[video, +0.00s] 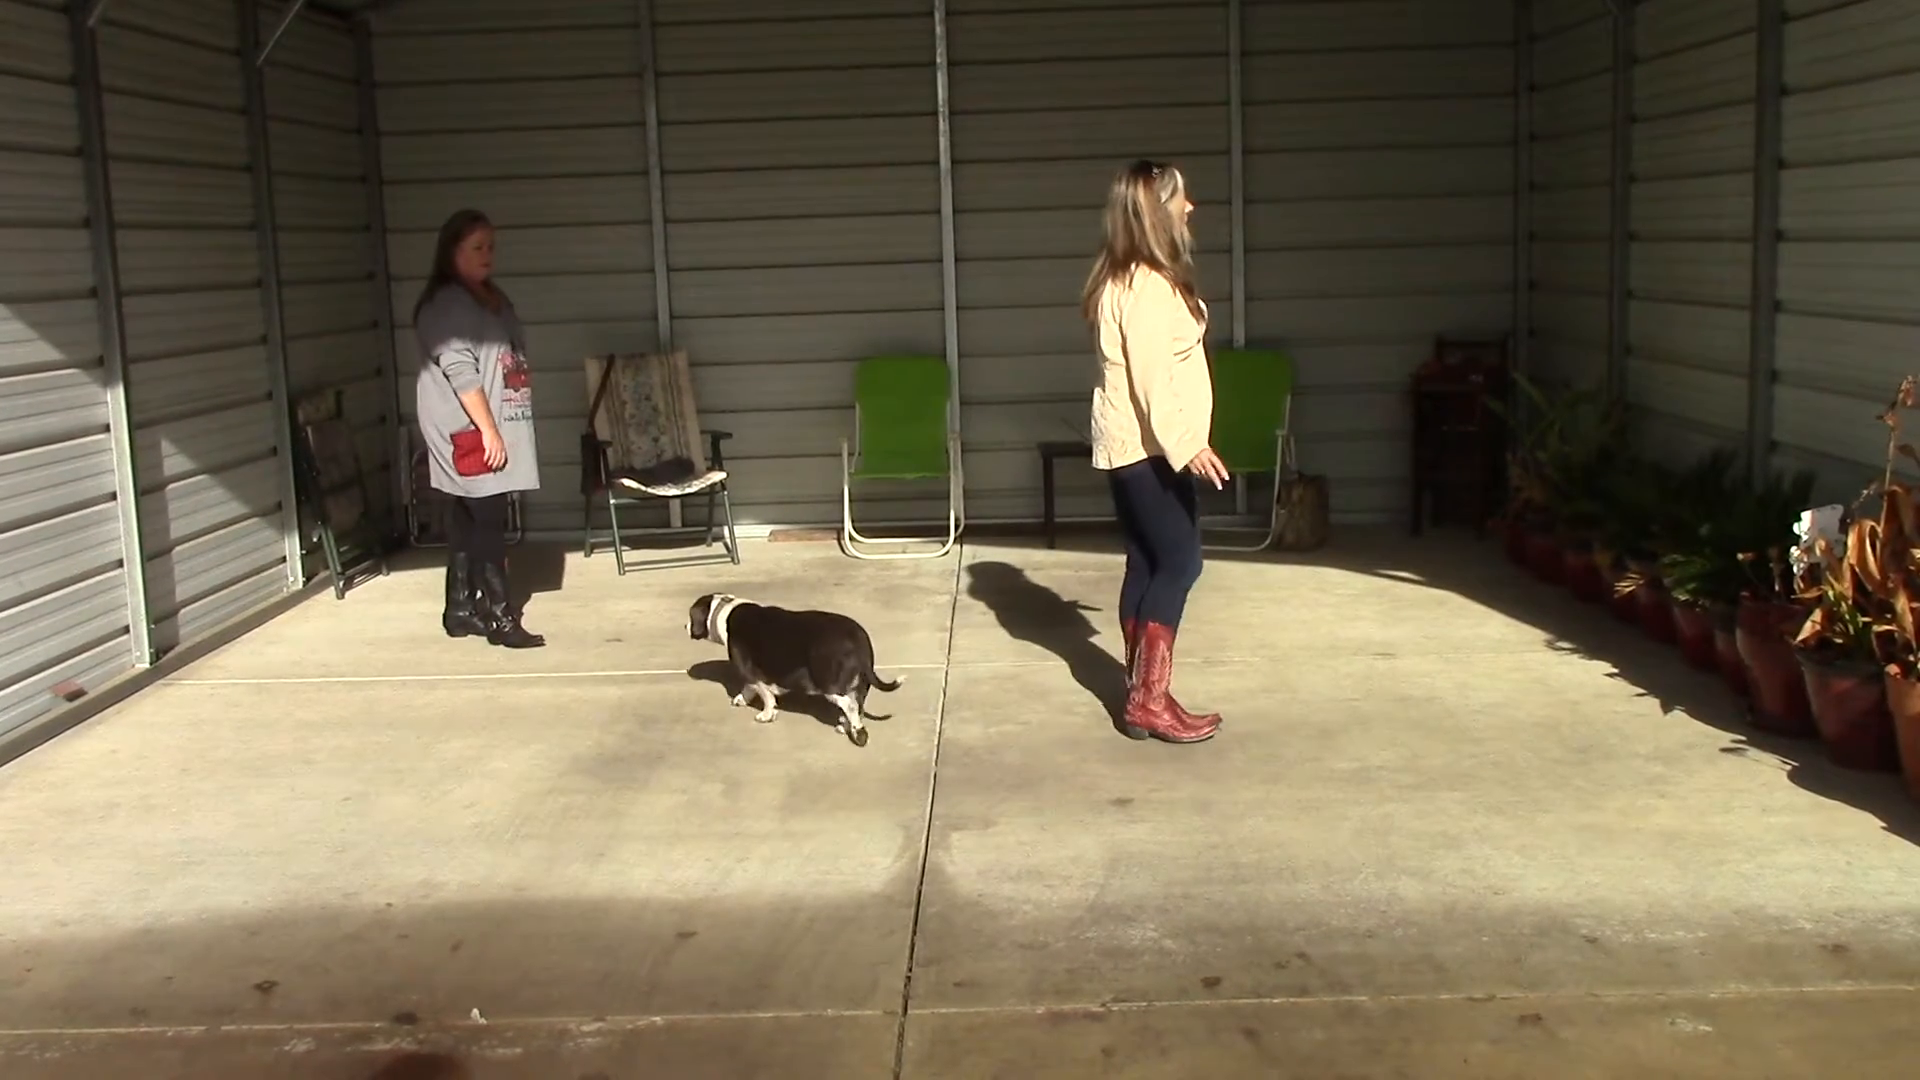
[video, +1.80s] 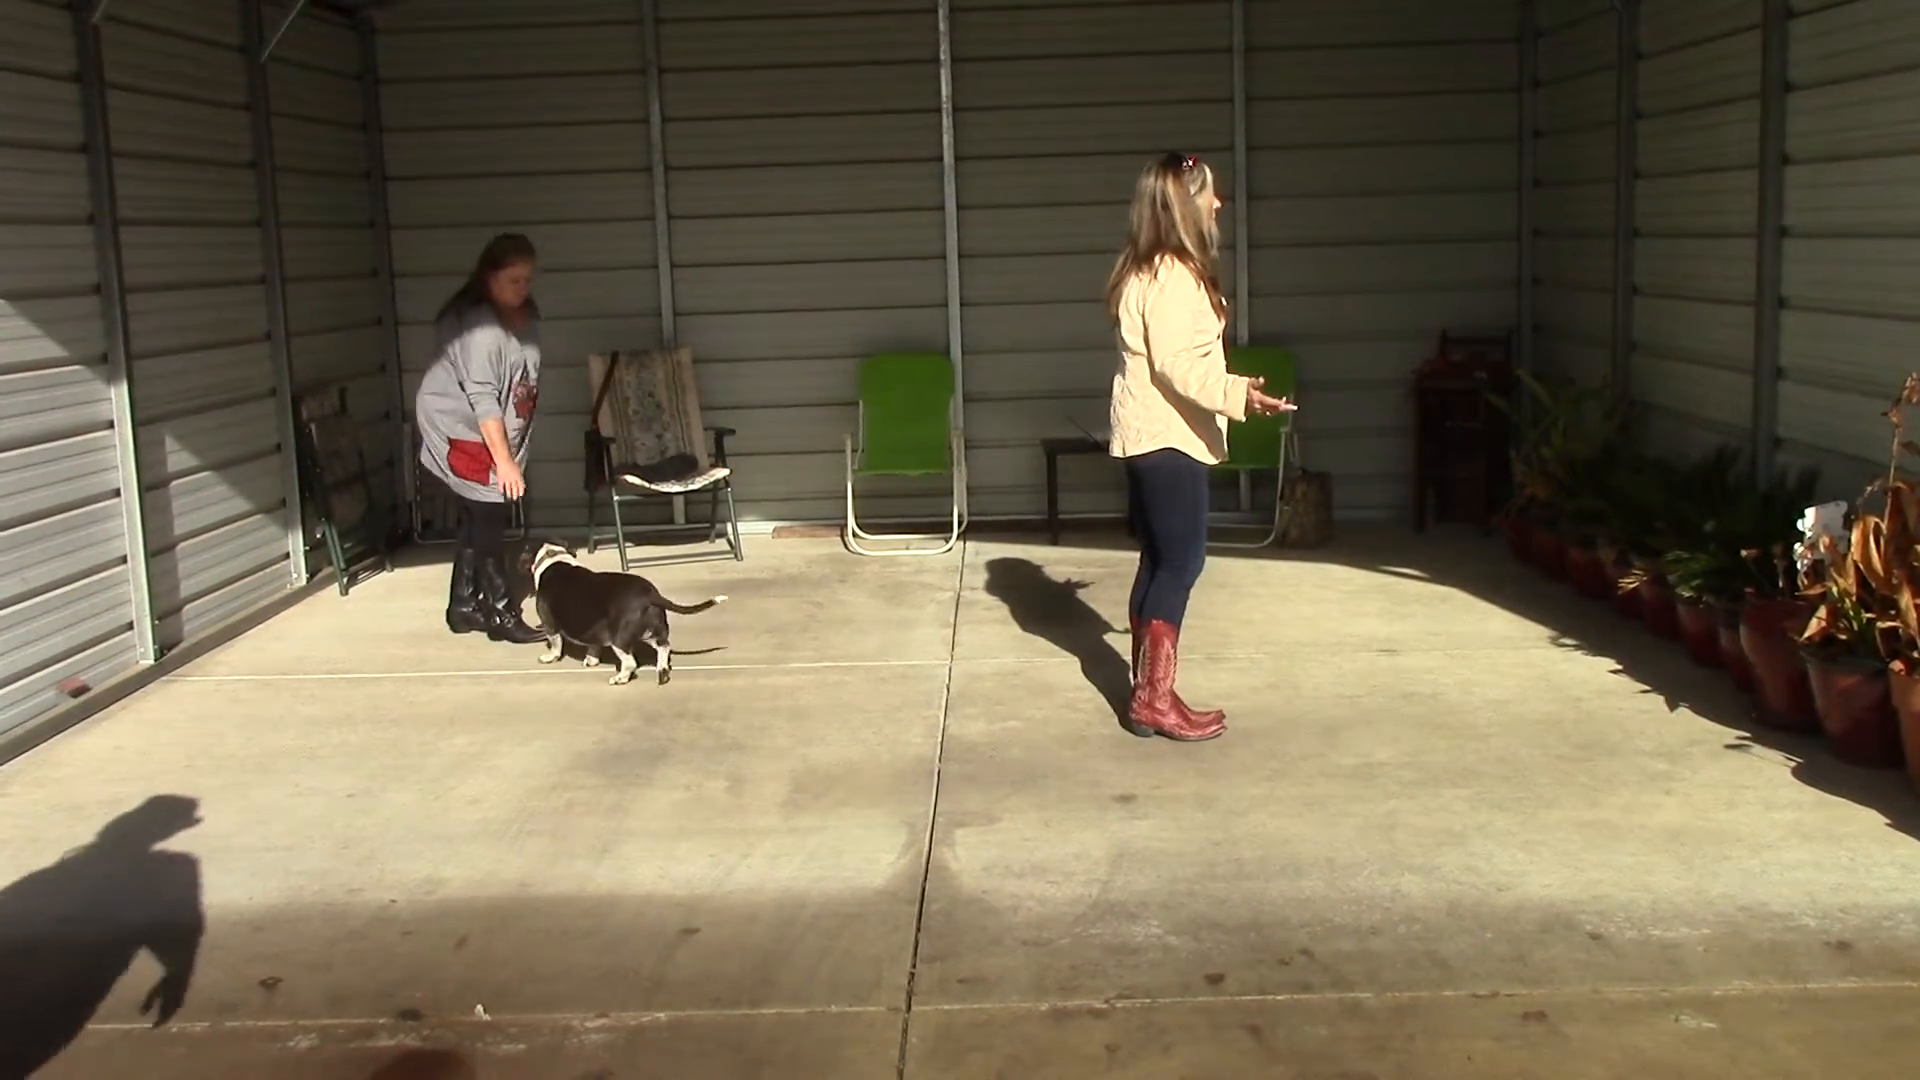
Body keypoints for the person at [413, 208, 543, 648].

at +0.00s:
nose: (486, 255)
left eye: (489, 247)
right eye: (477, 248)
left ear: (492, 251)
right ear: (452, 253)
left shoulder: (494, 301)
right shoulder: (443, 306)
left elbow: (509, 362)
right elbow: (460, 373)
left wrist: (511, 426)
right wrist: (487, 428)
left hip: (487, 426)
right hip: (461, 428)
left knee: (468, 514)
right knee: (489, 515)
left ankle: (460, 606)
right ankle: (498, 614)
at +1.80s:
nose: (522, 289)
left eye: (527, 280)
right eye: (514, 280)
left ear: (531, 279)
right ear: (489, 278)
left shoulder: (518, 317)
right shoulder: (479, 327)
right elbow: (483, 401)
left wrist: (513, 444)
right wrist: (505, 461)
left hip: (484, 424)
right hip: (455, 427)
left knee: (481, 509)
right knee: (490, 509)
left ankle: (463, 603)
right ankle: (500, 610)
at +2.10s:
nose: (551, 333)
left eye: (557, 327)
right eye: (543, 324)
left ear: (564, 323)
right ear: (522, 313)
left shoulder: (536, 350)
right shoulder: (505, 354)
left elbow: (529, 421)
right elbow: (504, 430)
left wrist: (514, 475)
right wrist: (521, 499)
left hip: (473, 423)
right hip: (444, 424)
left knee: (483, 506)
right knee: (494, 507)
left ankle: (464, 603)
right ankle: (501, 610)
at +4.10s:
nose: (576, 338)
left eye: (581, 331)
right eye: (570, 329)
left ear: (586, 326)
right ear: (548, 319)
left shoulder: (530, 342)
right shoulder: (530, 362)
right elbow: (510, 434)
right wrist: (518, 498)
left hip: (452, 410)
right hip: (449, 417)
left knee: (481, 508)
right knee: (497, 508)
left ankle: (465, 604)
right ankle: (503, 611)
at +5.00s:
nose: (572, 300)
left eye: (576, 291)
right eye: (563, 291)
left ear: (580, 291)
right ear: (541, 290)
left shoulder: (566, 332)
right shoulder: (518, 336)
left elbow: (553, 393)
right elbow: (513, 407)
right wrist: (530, 464)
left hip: (515, 419)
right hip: (477, 419)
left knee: (516, 507)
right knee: (505, 509)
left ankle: (512, 605)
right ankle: (500, 611)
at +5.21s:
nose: (569, 272)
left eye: (572, 264)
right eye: (560, 264)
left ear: (577, 266)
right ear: (536, 268)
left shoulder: (568, 311)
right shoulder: (525, 324)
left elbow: (564, 378)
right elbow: (522, 395)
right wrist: (535, 451)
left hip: (547, 429)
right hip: (509, 432)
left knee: (549, 517)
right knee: (516, 521)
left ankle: (548, 603)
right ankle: (509, 608)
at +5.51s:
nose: (561, 249)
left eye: (564, 241)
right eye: (551, 242)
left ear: (568, 245)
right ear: (531, 248)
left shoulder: (572, 290)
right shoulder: (520, 298)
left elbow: (580, 351)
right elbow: (542, 364)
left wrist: (595, 394)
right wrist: (581, 415)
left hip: (559, 408)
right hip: (525, 413)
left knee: (556, 505)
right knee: (538, 510)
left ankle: (557, 592)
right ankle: (534, 597)